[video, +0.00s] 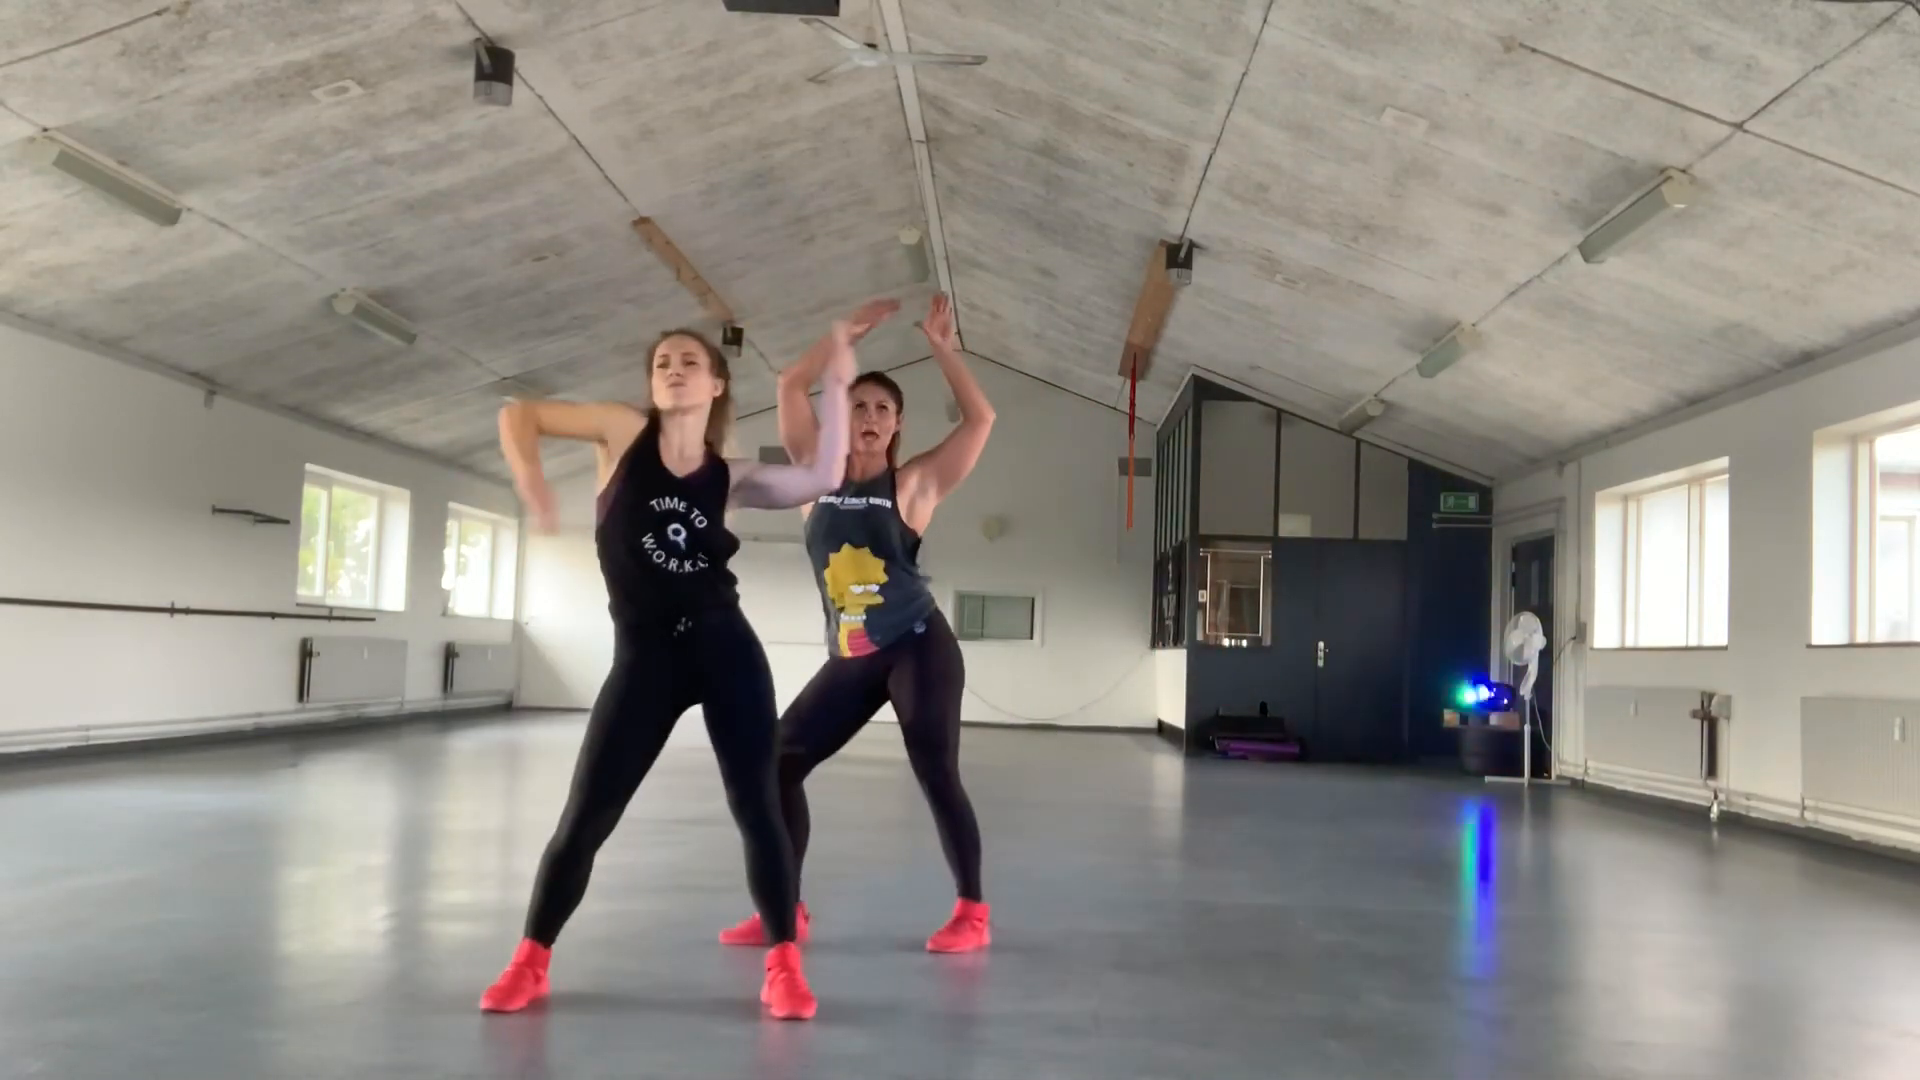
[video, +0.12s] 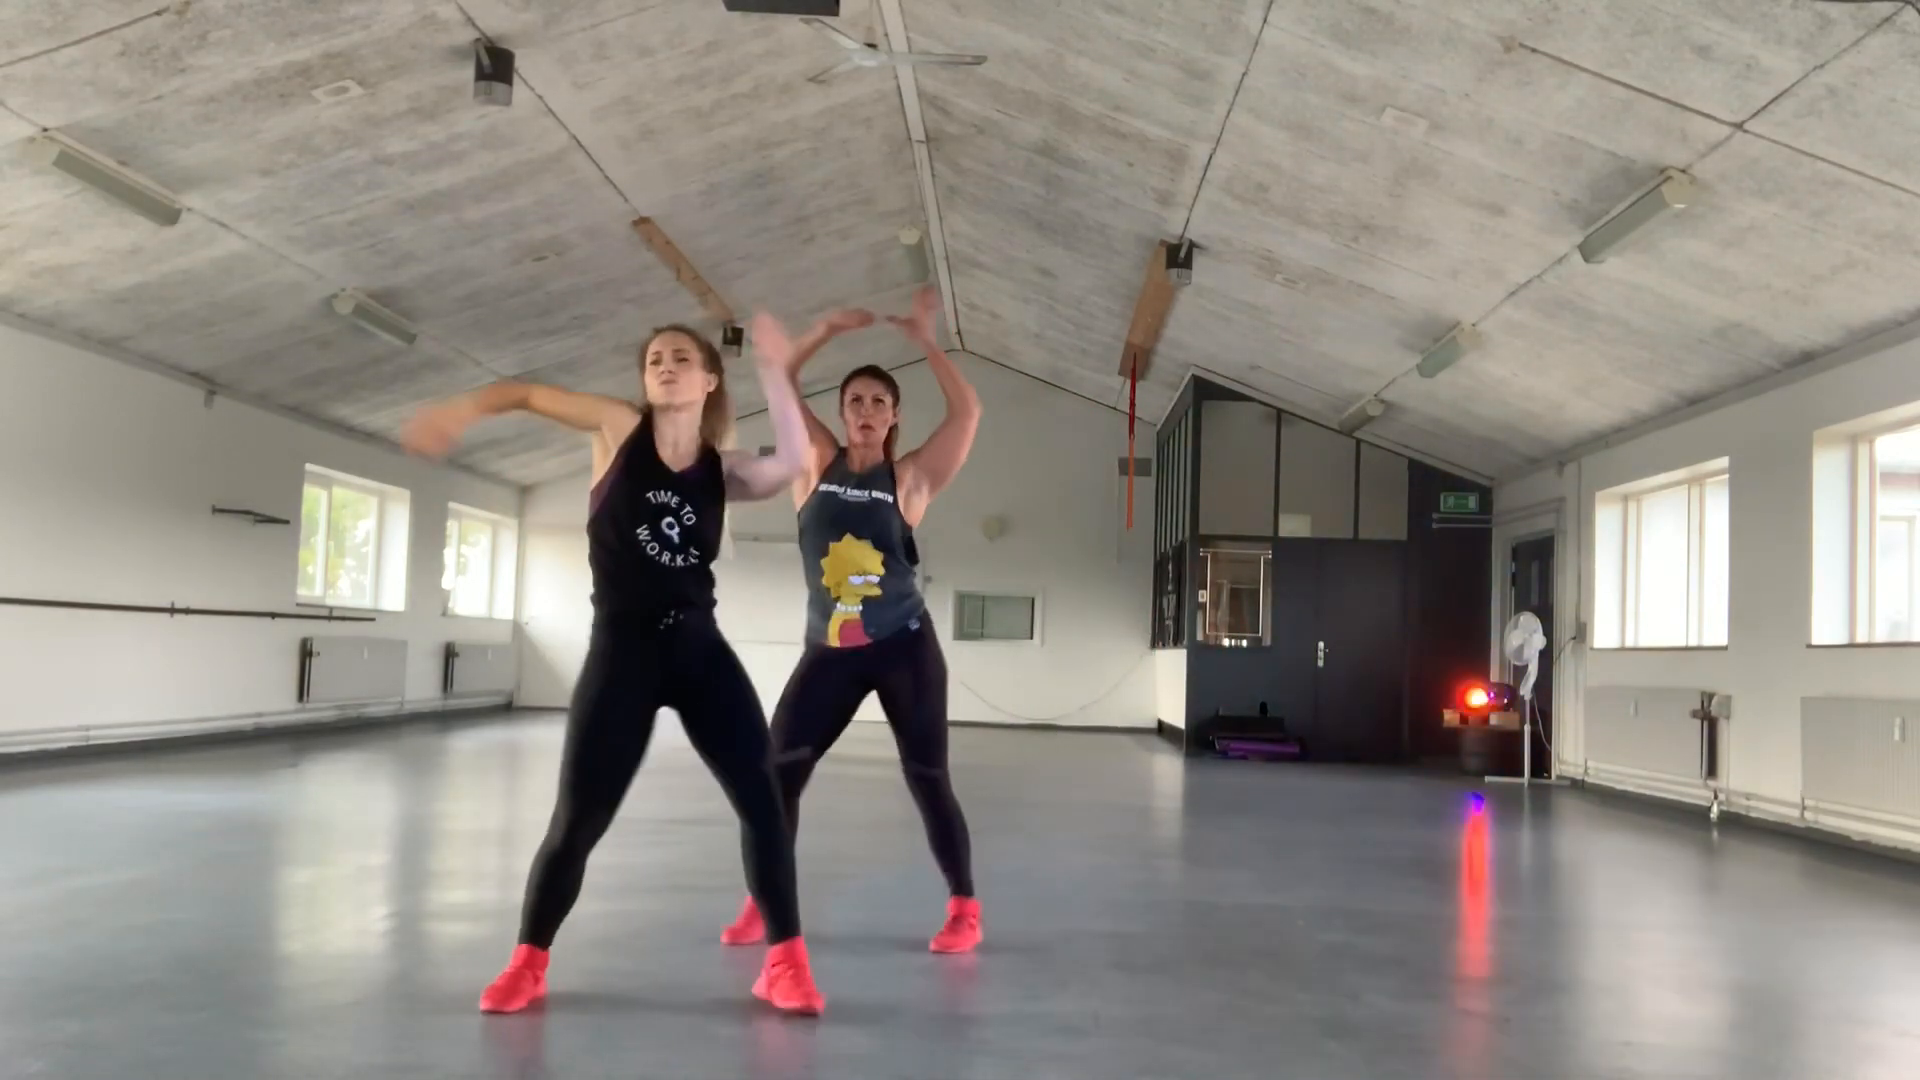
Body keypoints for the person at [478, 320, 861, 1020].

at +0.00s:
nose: (674, 371)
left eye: (690, 363)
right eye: (663, 364)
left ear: (719, 386)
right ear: (649, 385)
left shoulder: (729, 477)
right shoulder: (623, 429)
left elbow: (821, 476)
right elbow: (518, 414)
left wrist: (835, 380)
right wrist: (534, 487)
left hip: (728, 658)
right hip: (644, 663)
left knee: (756, 808)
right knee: (583, 822)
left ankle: (786, 962)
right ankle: (531, 959)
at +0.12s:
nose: (665, 368)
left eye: (682, 360)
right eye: (655, 361)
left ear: (711, 382)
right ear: (643, 380)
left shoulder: (723, 467)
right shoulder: (618, 424)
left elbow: (795, 465)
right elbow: (524, 394)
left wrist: (775, 369)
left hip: (698, 655)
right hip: (620, 656)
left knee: (762, 799)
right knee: (577, 823)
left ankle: (787, 955)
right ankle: (529, 959)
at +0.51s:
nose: (673, 357)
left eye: (690, 350)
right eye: (663, 345)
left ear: (713, 370)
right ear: (643, 360)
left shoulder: (720, 433)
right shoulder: (615, 431)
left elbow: (776, 338)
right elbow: (540, 373)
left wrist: (697, 277)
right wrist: (590, 297)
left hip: (690, 648)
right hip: (613, 647)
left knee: (728, 808)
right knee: (567, 804)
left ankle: (779, 953)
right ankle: (525, 955)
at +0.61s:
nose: (687, 363)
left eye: (703, 355)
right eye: (677, 351)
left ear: (725, 374)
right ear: (657, 365)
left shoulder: (734, 437)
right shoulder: (626, 426)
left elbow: (788, 351)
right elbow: (551, 361)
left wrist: (705, 276)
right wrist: (617, 301)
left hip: (729, 645)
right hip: (658, 651)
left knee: (742, 796)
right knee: (577, 793)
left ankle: (776, 956)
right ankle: (544, 957)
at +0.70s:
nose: (702, 372)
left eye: (719, 364)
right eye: (691, 359)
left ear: (739, 386)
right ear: (671, 376)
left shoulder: (748, 456)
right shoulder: (639, 436)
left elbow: (793, 384)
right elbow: (563, 367)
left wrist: (732, 311)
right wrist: (630, 315)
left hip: (751, 644)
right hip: (677, 656)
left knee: (776, 786)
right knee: (598, 800)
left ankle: (780, 956)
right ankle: (557, 961)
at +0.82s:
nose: (715, 371)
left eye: (728, 361)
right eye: (703, 360)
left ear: (748, 377)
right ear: (684, 375)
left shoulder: (762, 453)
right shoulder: (653, 442)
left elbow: (787, 433)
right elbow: (563, 387)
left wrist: (755, 347)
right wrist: (636, 333)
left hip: (762, 644)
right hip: (684, 652)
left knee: (781, 794)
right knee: (617, 805)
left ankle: (778, 957)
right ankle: (558, 961)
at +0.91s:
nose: (727, 358)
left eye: (741, 349)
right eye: (715, 346)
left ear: (761, 368)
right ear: (695, 362)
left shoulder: (778, 440)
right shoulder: (670, 440)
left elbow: (791, 471)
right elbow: (563, 435)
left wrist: (774, 368)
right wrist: (622, 374)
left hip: (768, 642)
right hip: (689, 646)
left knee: (780, 795)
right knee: (619, 799)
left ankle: (777, 958)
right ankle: (557, 956)